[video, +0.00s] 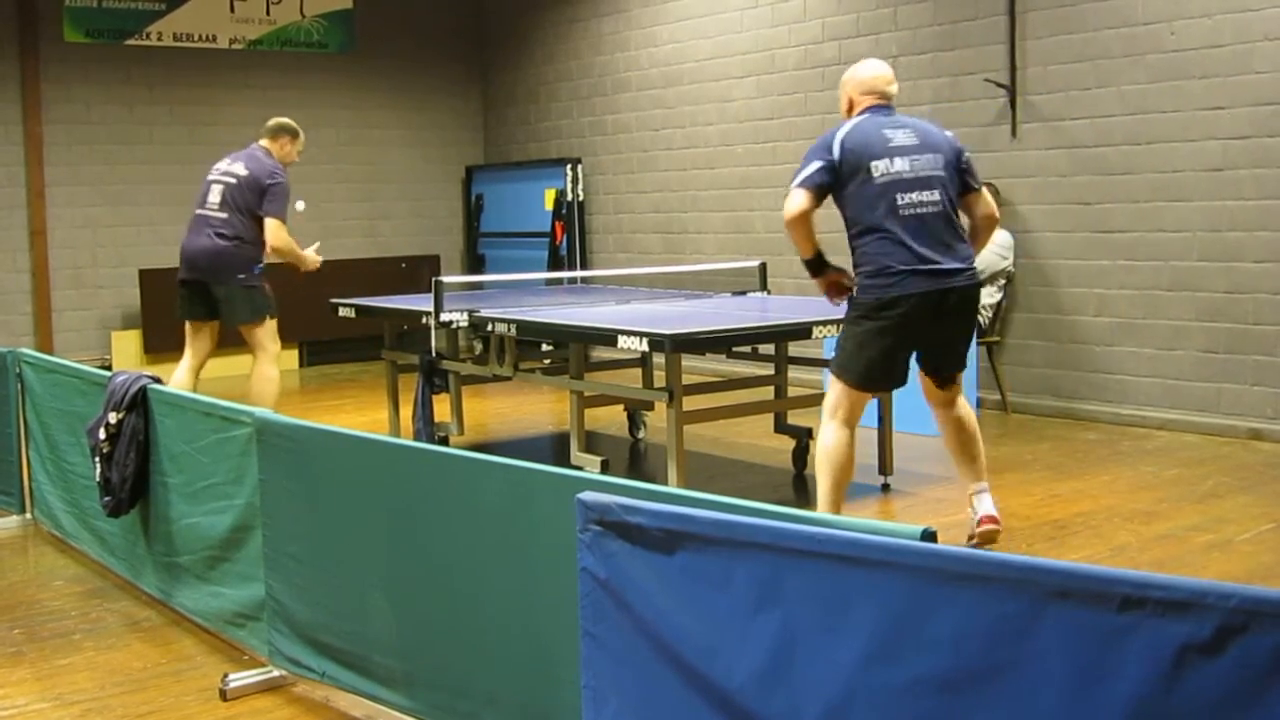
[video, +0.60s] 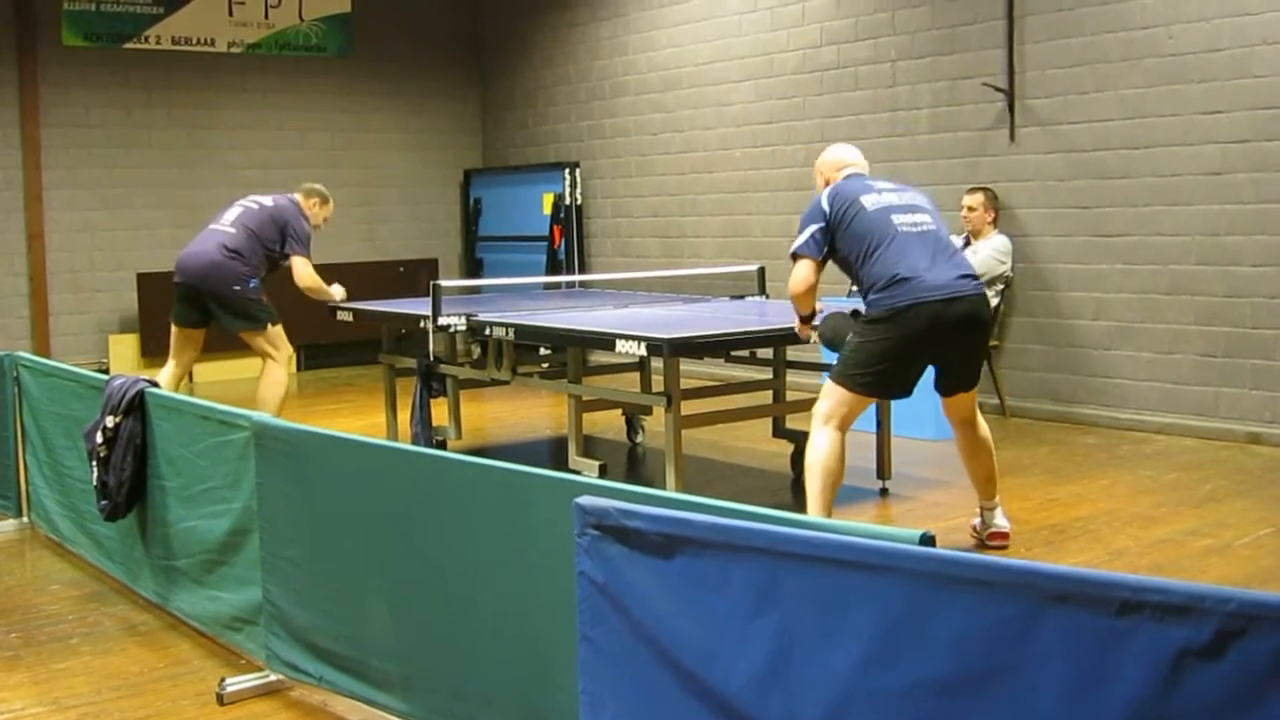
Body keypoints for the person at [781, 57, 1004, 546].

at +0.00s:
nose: (838, 109)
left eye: (840, 102)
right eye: (841, 102)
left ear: (850, 100)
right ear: (893, 98)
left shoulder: (838, 139)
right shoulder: (939, 136)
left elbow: (795, 212)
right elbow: (986, 214)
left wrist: (822, 271)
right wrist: (953, 263)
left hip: (886, 295)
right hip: (955, 291)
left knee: (839, 416)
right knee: (948, 393)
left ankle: (826, 532)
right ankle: (984, 505)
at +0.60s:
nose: (818, 187)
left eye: (817, 181)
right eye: (817, 181)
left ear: (826, 176)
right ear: (863, 168)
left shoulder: (826, 200)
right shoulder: (912, 192)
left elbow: (800, 286)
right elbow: (933, 255)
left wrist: (807, 317)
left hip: (901, 310)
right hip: (968, 303)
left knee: (829, 420)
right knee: (966, 413)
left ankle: (815, 535)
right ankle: (993, 517)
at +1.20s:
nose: (815, 213)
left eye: (814, 207)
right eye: (814, 207)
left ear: (824, 201)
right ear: (859, 192)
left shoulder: (822, 225)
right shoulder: (909, 216)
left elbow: (803, 313)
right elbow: (918, 285)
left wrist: (822, 329)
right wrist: (854, 329)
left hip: (895, 332)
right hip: (963, 327)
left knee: (815, 432)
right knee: (957, 428)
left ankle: (812, 544)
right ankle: (992, 527)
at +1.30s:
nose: (818, 214)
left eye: (818, 208)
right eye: (817, 208)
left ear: (828, 202)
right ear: (863, 194)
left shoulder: (826, 227)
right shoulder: (912, 218)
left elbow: (805, 314)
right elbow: (920, 287)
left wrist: (825, 332)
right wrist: (857, 329)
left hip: (898, 334)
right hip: (965, 330)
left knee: (816, 433)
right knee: (958, 430)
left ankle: (811, 545)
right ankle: (991, 530)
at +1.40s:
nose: (820, 213)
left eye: (819, 207)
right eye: (819, 207)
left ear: (829, 201)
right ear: (866, 194)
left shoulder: (827, 226)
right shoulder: (915, 219)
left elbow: (806, 314)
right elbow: (922, 287)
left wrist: (826, 331)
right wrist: (859, 328)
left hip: (897, 335)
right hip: (965, 332)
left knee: (815, 434)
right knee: (957, 431)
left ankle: (810, 544)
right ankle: (990, 531)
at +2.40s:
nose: (830, 142)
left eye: (830, 135)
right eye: (830, 135)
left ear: (841, 131)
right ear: (879, 128)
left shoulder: (834, 160)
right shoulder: (924, 161)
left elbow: (803, 248)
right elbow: (935, 225)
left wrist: (825, 254)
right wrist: (855, 248)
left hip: (887, 283)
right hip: (953, 282)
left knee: (808, 388)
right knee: (947, 385)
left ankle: (799, 497)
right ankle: (978, 485)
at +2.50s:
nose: (833, 135)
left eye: (833, 128)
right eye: (833, 129)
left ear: (845, 123)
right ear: (882, 121)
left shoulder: (837, 154)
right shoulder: (925, 154)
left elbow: (807, 240)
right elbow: (941, 218)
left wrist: (827, 248)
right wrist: (861, 242)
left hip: (890, 275)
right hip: (955, 275)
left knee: (813, 384)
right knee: (947, 383)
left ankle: (802, 494)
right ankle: (978, 483)